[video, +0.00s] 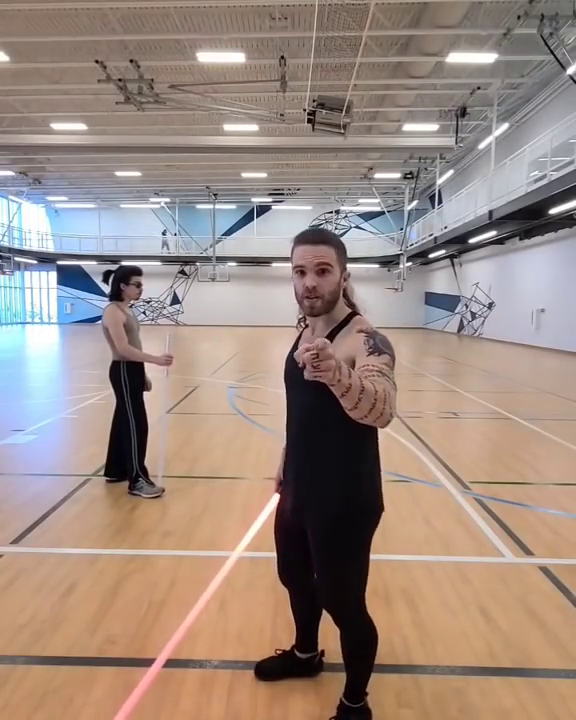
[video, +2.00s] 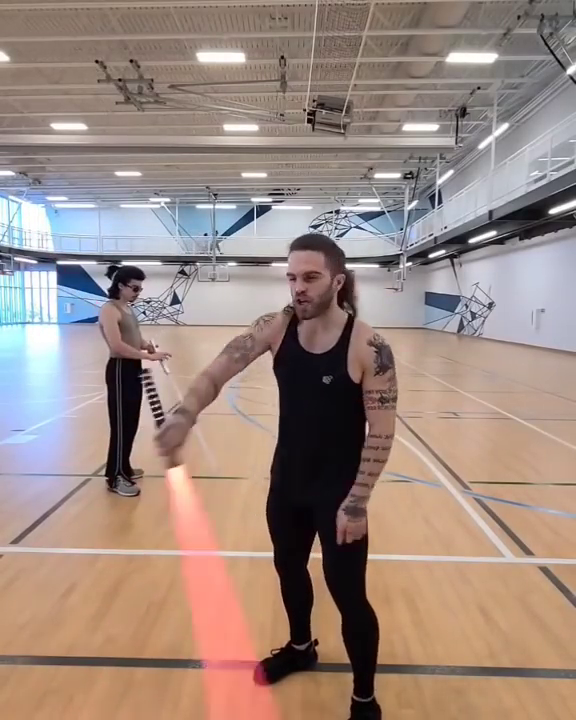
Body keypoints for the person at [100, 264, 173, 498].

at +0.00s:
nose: (140, 289)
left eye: (141, 285)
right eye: (136, 285)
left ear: (131, 287)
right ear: (121, 286)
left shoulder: (125, 310)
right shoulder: (113, 311)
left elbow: (131, 348)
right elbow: (122, 348)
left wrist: (142, 375)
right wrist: (156, 359)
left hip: (131, 370)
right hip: (124, 371)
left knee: (124, 420)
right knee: (137, 424)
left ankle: (115, 469)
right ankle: (137, 480)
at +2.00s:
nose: (137, 294)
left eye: (139, 290)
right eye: (134, 288)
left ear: (135, 289)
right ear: (120, 286)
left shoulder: (126, 309)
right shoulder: (110, 310)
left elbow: (129, 339)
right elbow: (116, 346)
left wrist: (145, 345)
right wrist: (148, 355)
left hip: (132, 366)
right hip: (120, 368)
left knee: (130, 423)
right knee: (121, 424)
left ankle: (124, 468)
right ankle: (114, 476)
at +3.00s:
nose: (138, 288)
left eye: (139, 284)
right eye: (134, 284)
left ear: (131, 287)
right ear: (121, 285)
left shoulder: (125, 309)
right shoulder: (112, 310)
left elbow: (127, 343)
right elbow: (112, 347)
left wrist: (136, 371)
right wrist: (130, 375)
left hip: (132, 367)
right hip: (119, 369)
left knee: (130, 424)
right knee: (120, 426)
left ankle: (124, 467)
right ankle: (114, 477)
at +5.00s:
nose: (138, 289)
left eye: (139, 285)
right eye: (134, 285)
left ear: (129, 287)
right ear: (120, 286)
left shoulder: (124, 310)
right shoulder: (113, 312)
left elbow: (130, 347)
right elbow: (118, 350)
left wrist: (139, 378)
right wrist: (131, 381)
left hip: (132, 368)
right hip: (123, 371)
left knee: (123, 422)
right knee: (135, 425)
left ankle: (115, 468)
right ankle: (135, 479)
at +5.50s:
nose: (137, 288)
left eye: (138, 284)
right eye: (133, 284)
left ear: (130, 287)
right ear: (119, 286)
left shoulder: (125, 310)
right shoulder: (113, 312)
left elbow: (133, 346)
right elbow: (119, 350)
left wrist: (147, 372)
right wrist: (133, 381)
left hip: (132, 369)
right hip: (123, 371)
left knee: (122, 421)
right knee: (136, 424)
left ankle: (114, 468)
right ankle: (136, 480)